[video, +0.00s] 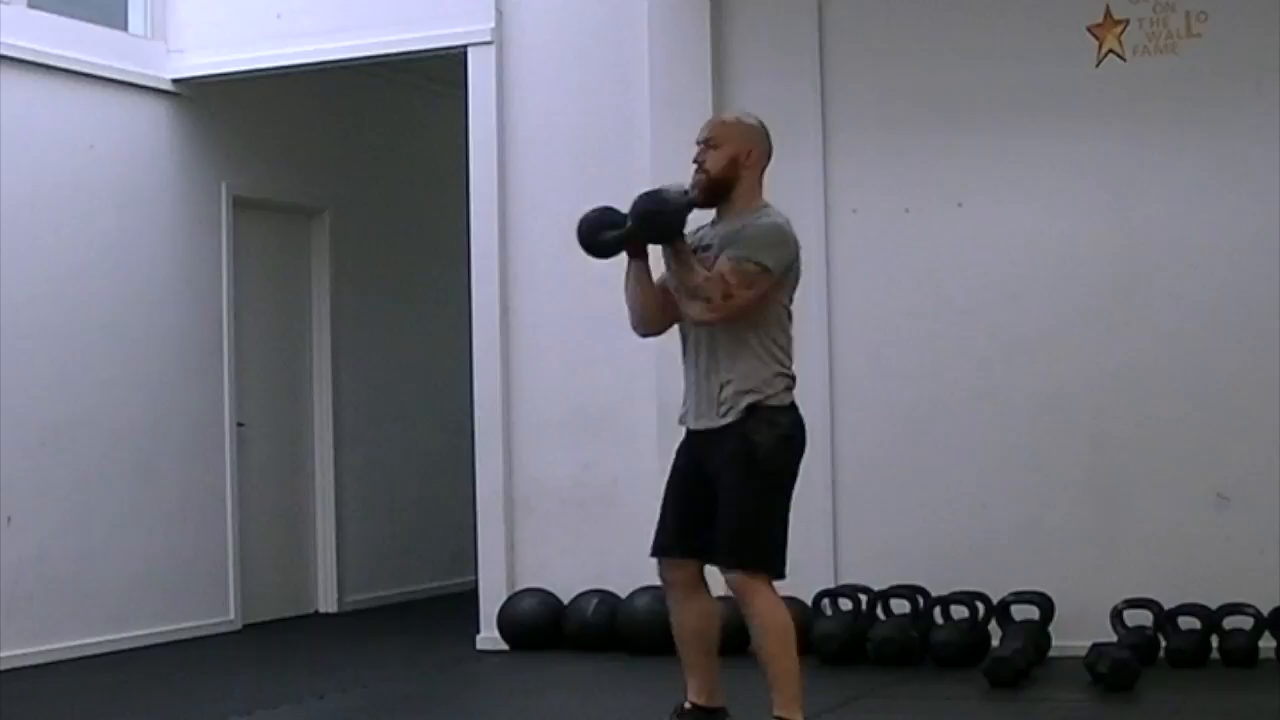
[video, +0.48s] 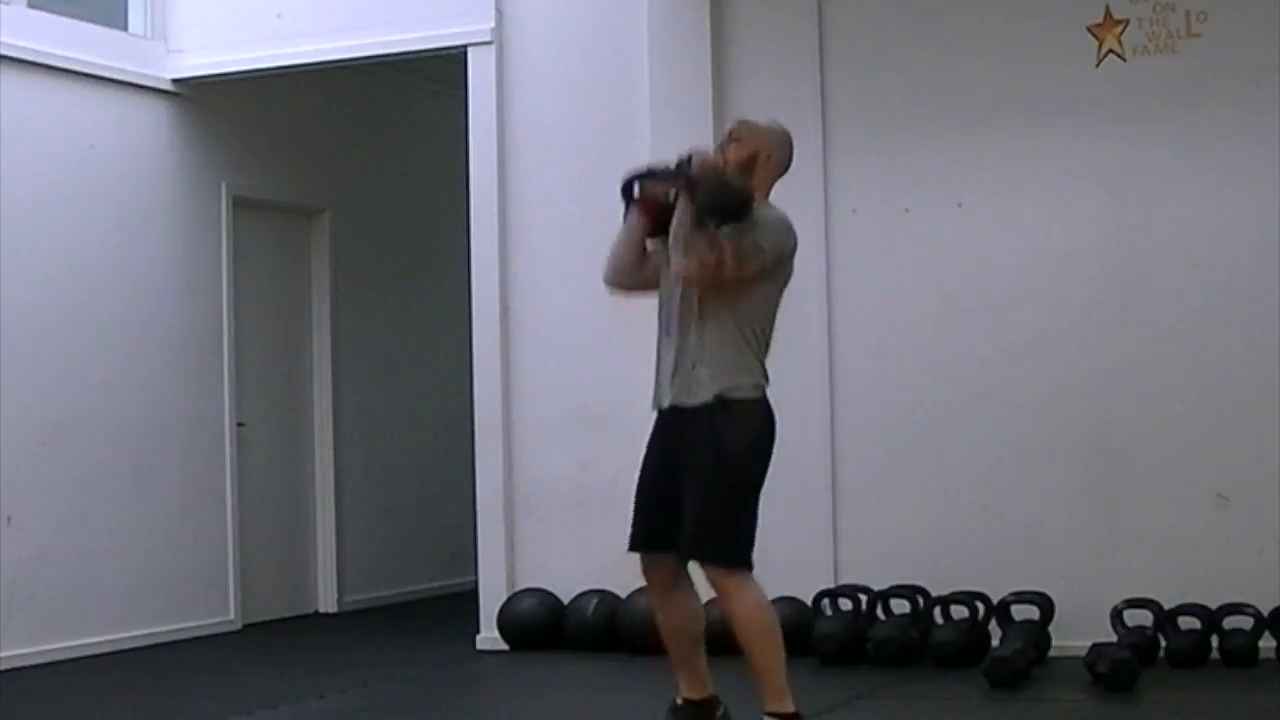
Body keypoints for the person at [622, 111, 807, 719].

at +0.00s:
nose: (696, 155)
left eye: (709, 146)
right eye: (697, 146)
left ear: (748, 159)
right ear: (726, 161)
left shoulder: (771, 233)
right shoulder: (700, 237)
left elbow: (707, 301)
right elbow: (647, 319)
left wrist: (673, 237)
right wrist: (636, 248)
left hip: (761, 425)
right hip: (706, 429)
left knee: (747, 574)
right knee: (678, 565)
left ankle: (789, 712)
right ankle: (703, 705)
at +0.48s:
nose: (718, 148)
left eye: (734, 141)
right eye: (722, 140)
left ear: (764, 163)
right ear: (733, 160)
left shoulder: (771, 228)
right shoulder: (698, 228)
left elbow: (700, 268)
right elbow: (623, 275)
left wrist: (692, 196)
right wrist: (644, 210)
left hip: (734, 414)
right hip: (678, 414)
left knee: (722, 561)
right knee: (658, 559)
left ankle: (781, 709)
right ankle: (696, 700)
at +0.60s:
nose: (681, 155)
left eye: (690, 144)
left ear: (720, 150)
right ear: (737, 148)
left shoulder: (765, 212)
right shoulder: (678, 213)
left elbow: (698, 192)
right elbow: (610, 190)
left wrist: (692, 125)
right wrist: (640, 131)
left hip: (739, 410)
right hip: (682, 409)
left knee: (732, 561)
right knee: (664, 560)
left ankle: (785, 709)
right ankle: (695, 699)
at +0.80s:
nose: (651, 181)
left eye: (663, 172)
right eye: (650, 173)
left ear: (701, 180)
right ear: (656, 189)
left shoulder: (726, 237)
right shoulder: (663, 242)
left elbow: (730, 144)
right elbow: (650, 145)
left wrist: (717, 66)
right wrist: (663, 71)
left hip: (751, 443)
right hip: (699, 446)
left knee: (720, 593)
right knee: (645, 578)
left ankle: (787, 714)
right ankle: (701, 707)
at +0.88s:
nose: (639, 179)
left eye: (651, 169)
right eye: (641, 168)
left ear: (691, 180)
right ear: (669, 182)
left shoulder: (720, 235)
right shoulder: (664, 236)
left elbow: (728, 133)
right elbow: (665, 139)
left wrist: (722, 57)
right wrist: (670, 60)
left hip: (751, 438)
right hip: (698, 441)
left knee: (719, 589)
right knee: (649, 581)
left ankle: (788, 714)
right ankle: (701, 706)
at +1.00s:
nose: (633, 159)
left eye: (646, 149)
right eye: (634, 147)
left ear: (688, 159)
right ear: (664, 160)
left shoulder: (718, 207)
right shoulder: (654, 214)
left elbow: (730, 104)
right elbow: (669, 110)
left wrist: (728, 35)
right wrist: (685, 34)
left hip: (746, 415)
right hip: (694, 419)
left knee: (741, 574)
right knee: (679, 570)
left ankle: (787, 711)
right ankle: (702, 705)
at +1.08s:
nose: (632, 152)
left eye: (645, 142)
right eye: (633, 140)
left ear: (685, 153)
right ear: (656, 154)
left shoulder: (715, 201)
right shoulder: (651, 212)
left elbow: (728, 99)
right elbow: (671, 114)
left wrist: (729, 25)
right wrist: (686, 31)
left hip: (743, 411)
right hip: (690, 415)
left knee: (756, 574)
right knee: (694, 572)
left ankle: (788, 711)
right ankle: (703, 705)